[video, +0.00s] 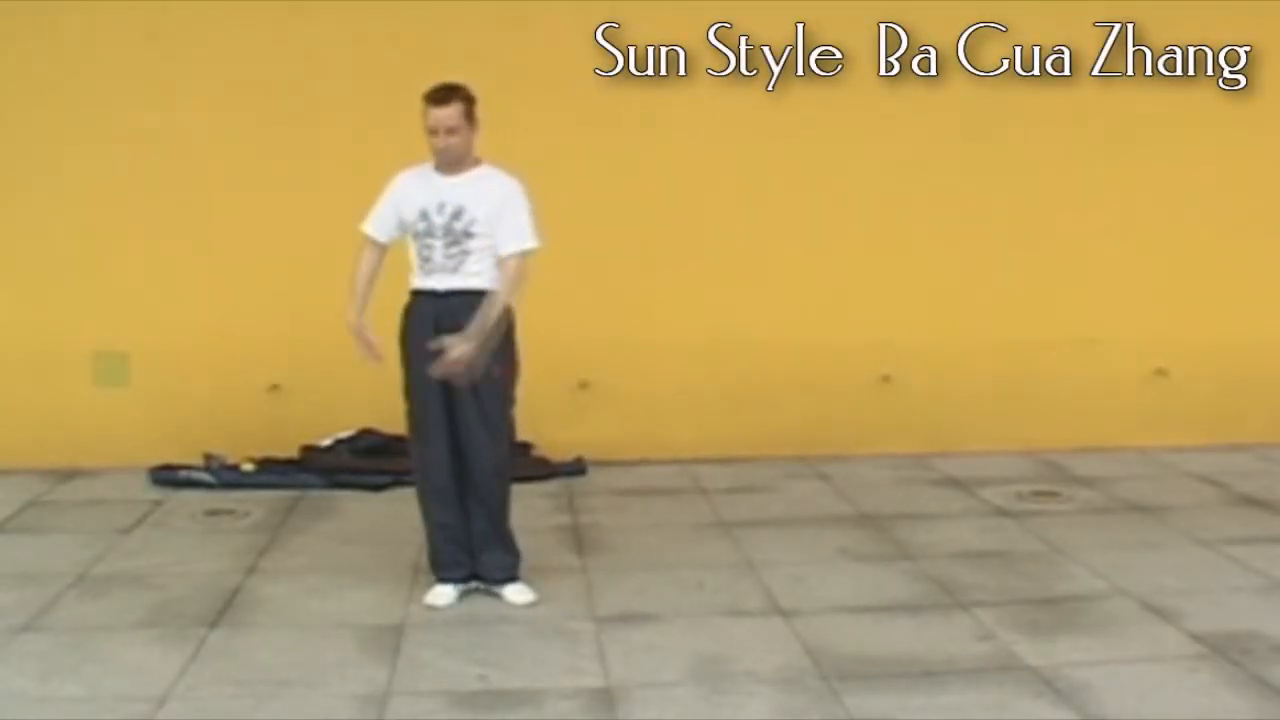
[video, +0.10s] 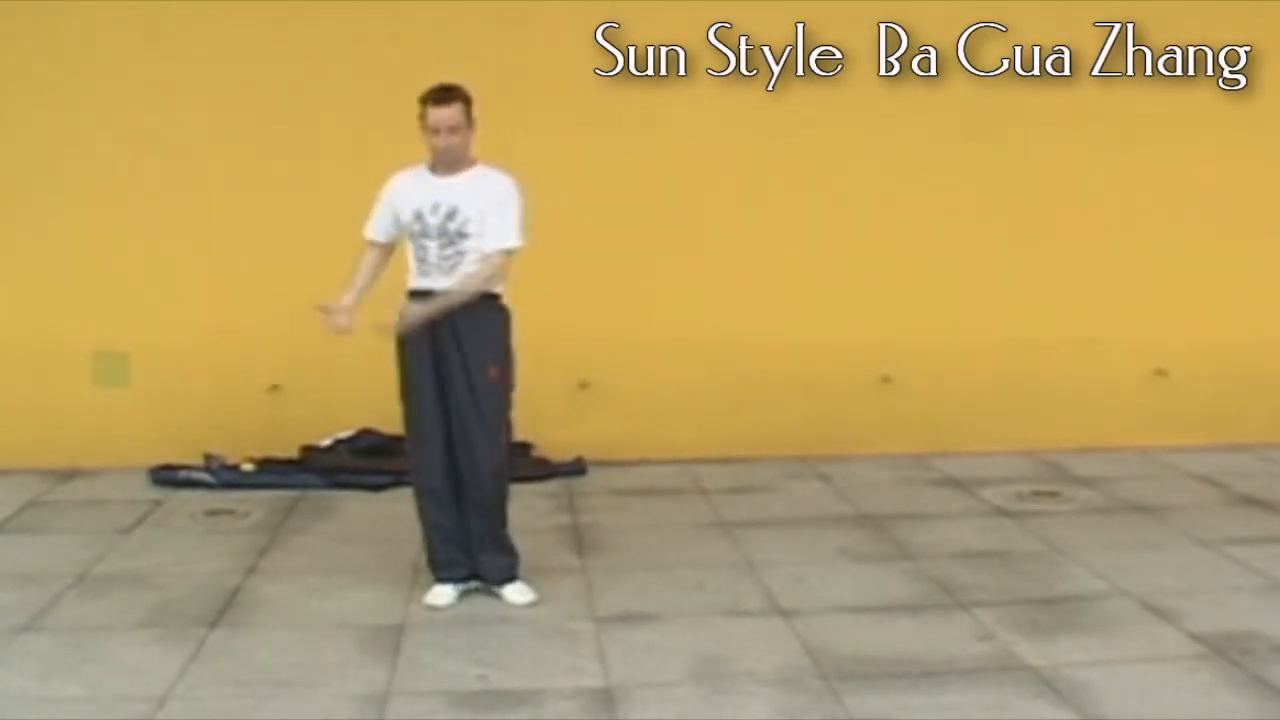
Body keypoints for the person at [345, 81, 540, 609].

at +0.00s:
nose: (442, 140)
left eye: (451, 130)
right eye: (434, 131)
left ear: (473, 130)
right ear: (425, 132)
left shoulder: (501, 188)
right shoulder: (408, 185)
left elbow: (514, 270)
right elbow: (373, 245)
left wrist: (476, 337)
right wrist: (357, 313)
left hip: (484, 310)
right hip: (426, 310)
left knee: (486, 446)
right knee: (432, 448)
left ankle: (499, 567)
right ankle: (450, 570)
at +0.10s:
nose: (444, 140)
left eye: (453, 130)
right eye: (435, 131)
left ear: (472, 129)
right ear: (422, 132)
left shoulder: (496, 188)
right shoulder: (403, 187)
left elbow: (494, 268)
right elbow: (377, 248)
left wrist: (428, 309)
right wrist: (350, 300)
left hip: (478, 316)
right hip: (420, 317)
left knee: (485, 447)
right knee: (430, 449)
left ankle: (496, 568)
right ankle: (449, 571)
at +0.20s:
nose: (450, 142)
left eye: (459, 132)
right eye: (440, 133)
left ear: (472, 133)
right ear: (423, 135)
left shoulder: (494, 188)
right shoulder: (398, 189)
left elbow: (471, 255)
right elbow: (374, 255)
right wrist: (326, 290)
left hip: (474, 321)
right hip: (419, 322)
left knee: (480, 450)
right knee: (426, 451)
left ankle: (493, 574)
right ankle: (449, 573)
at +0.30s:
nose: (454, 145)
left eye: (462, 136)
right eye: (444, 136)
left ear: (473, 138)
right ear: (425, 138)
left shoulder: (491, 186)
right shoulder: (396, 190)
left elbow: (478, 233)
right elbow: (368, 255)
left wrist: (421, 179)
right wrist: (336, 275)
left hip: (471, 324)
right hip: (413, 325)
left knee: (475, 456)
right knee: (422, 456)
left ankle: (482, 586)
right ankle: (445, 575)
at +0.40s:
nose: (455, 150)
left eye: (462, 139)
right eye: (445, 139)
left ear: (471, 141)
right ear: (423, 140)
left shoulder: (482, 196)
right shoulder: (391, 194)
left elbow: (503, 200)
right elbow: (353, 263)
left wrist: (475, 144)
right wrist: (396, 265)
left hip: (468, 324)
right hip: (410, 324)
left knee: (468, 463)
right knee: (416, 463)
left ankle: (465, 601)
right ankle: (443, 575)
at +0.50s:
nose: (456, 155)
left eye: (463, 146)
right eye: (447, 145)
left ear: (472, 149)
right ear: (420, 145)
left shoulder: (481, 198)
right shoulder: (388, 200)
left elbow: (535, 189)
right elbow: (363, 271)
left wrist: (510, 125)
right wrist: (428, 278)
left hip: (463, 332)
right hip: (404, 332)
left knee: (458, 472)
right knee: (410, 470)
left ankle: (445, 613)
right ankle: (445, 578)